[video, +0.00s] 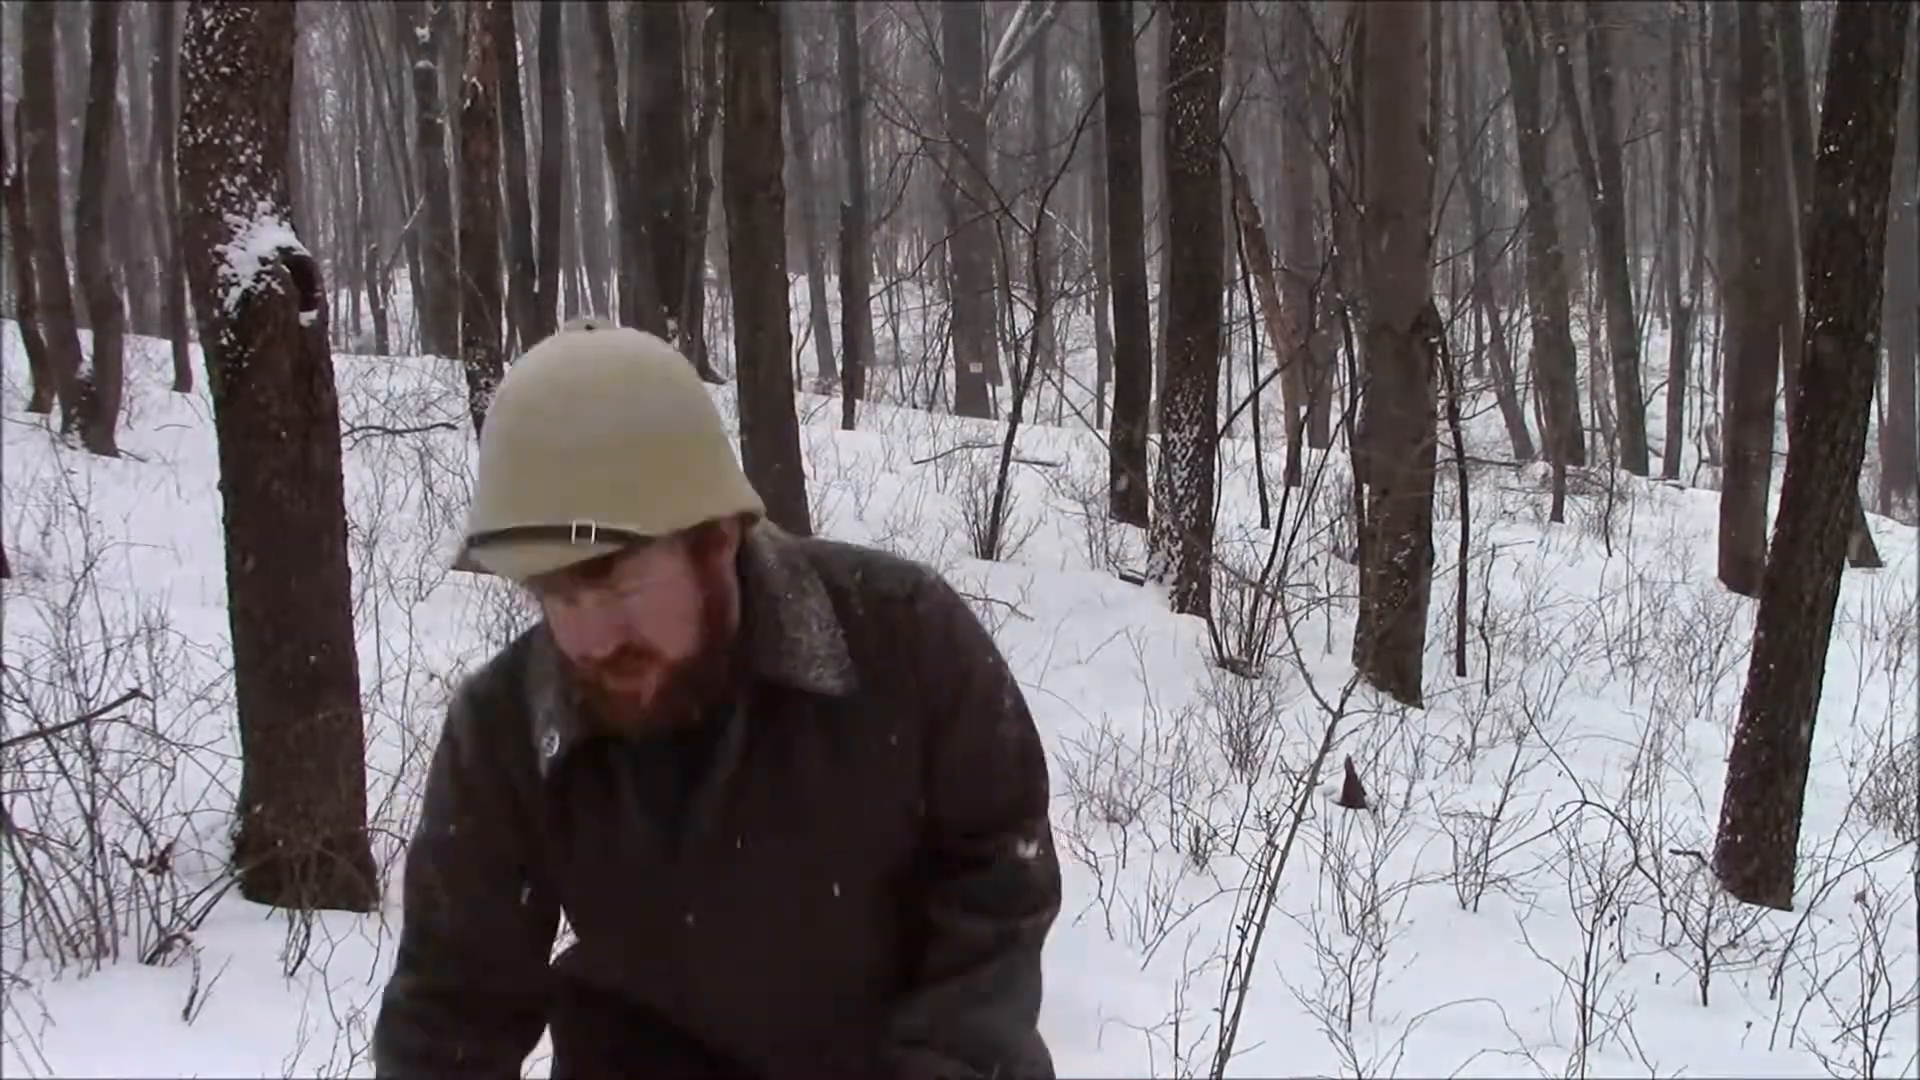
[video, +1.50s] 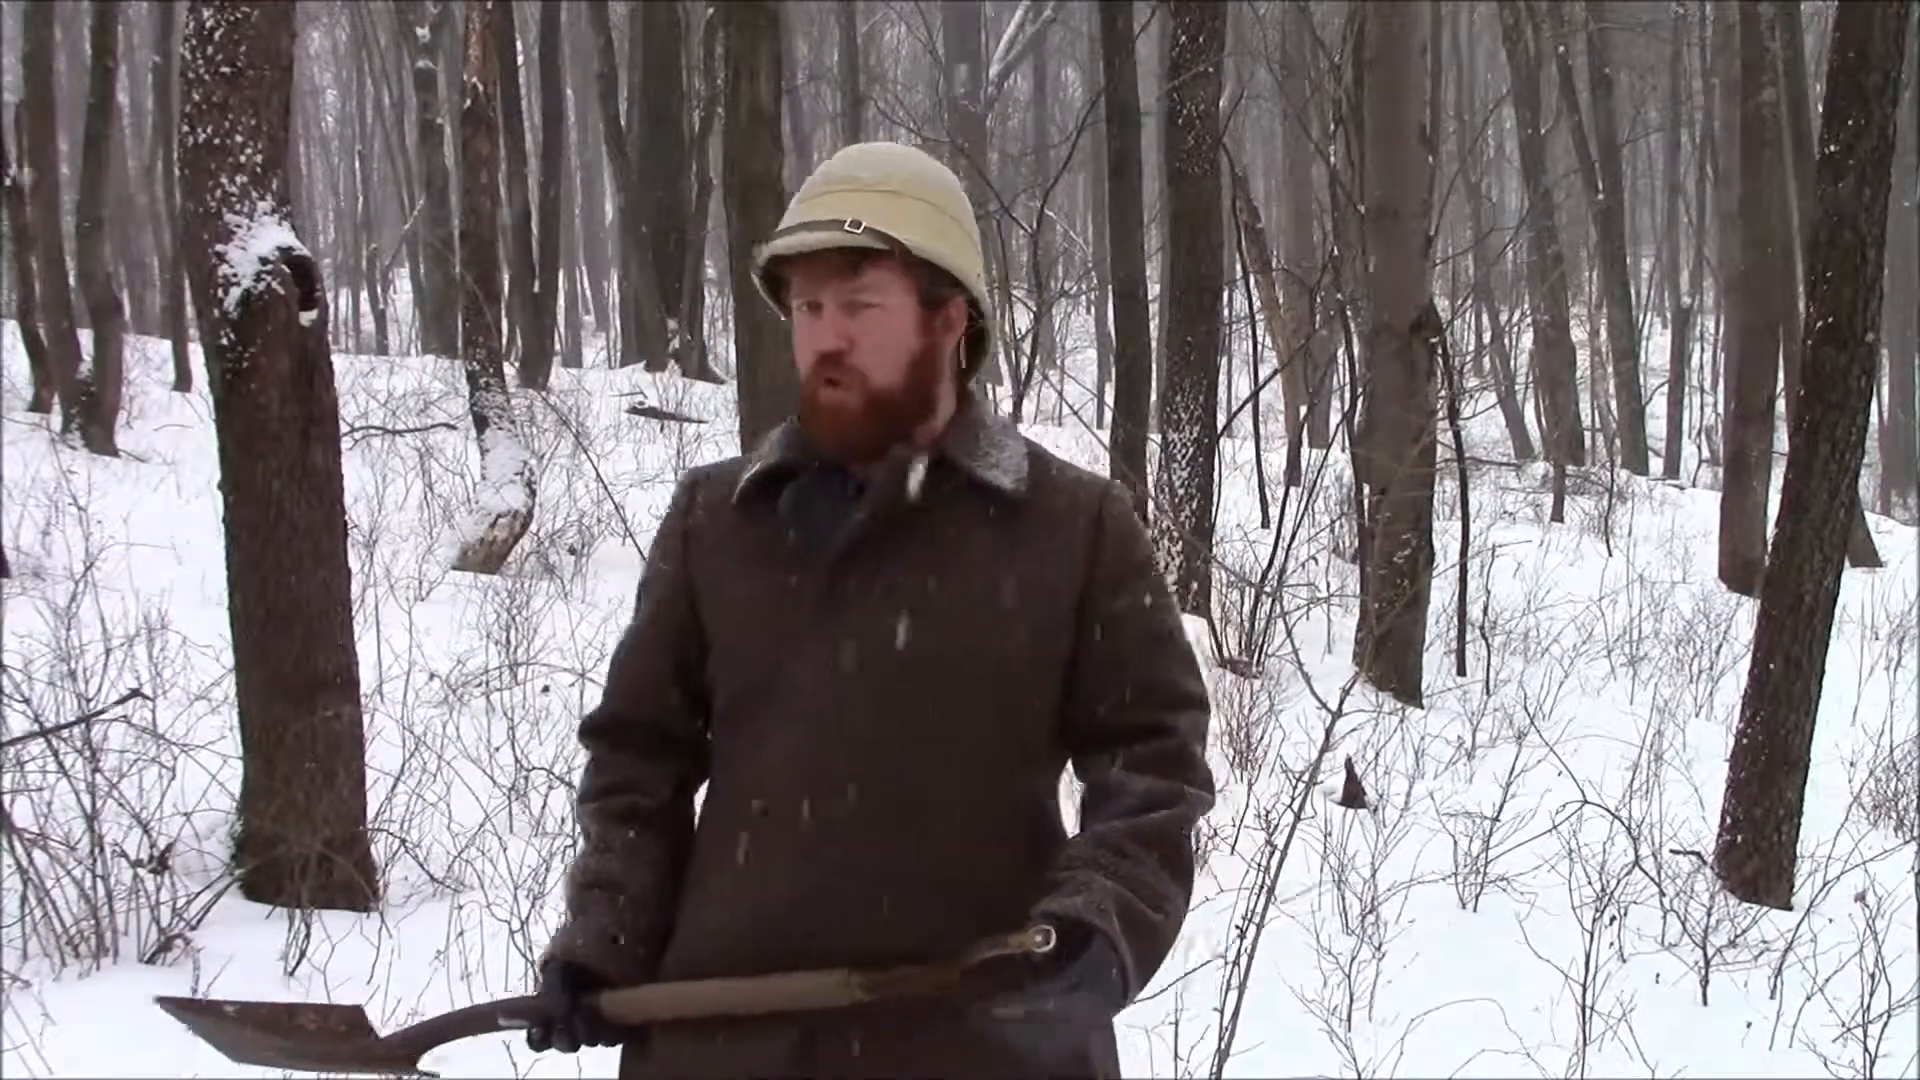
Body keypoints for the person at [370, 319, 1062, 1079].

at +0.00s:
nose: (586, 640)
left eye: (610, 580)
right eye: (550, 593)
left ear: (719, 534)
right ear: (523, 584)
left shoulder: (910, 640)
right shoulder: (504, 730)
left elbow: (998, 888)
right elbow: (453, 1012)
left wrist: (947, 1062)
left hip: (888, 1031)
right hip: (657, 1039)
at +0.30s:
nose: (690, 387)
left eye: (725, 341)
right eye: (663, 348)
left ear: (818, 344)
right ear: (635, 360)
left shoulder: (962, 542)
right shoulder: (573, 555)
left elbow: (1025, 778)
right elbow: (469, 788)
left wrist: (874, 935)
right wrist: (335, 972)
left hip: (912, 1048)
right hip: (645, 1041)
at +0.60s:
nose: (747, 329)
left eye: (781, 290)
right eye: (725, 300)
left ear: (876, 301)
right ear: (705, 322)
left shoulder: (1029, 508)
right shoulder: (658, 532)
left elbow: (1153, 729)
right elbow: (617, 786)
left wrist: (1157, 905)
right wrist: (620, 987)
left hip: (984, 1036)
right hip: (731, 1046)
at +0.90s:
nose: (811, 329)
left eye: (838, 291)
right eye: (789, 302)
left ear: (930, 296)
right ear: (771, 325)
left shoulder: (1088, 504)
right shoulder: (729, 527)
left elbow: (1180, 740)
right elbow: (669, 757)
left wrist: (1155, 896)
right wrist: (625, 929)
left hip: (1031, 1022)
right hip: (782, 1023)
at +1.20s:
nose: (854, 330)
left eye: (884, 293)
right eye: (832, 302)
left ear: (972, 302)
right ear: (812, 322)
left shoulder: (1115, 500)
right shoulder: (759, 516)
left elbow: (1219, 738)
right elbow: (702, 758)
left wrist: (1204, 896)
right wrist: (688, 940)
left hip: (1058, 1030)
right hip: (801, 1033)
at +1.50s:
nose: (822, 340)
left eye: (857, 301)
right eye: (804, 308)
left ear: (950, 318)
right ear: (784, 321)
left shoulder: (1076, 528)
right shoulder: (712, 519)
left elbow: (1154, 762)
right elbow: (638, 752)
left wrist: (1101, 921)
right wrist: (602, 939)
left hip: (976, 1038)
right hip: (717, 1040)